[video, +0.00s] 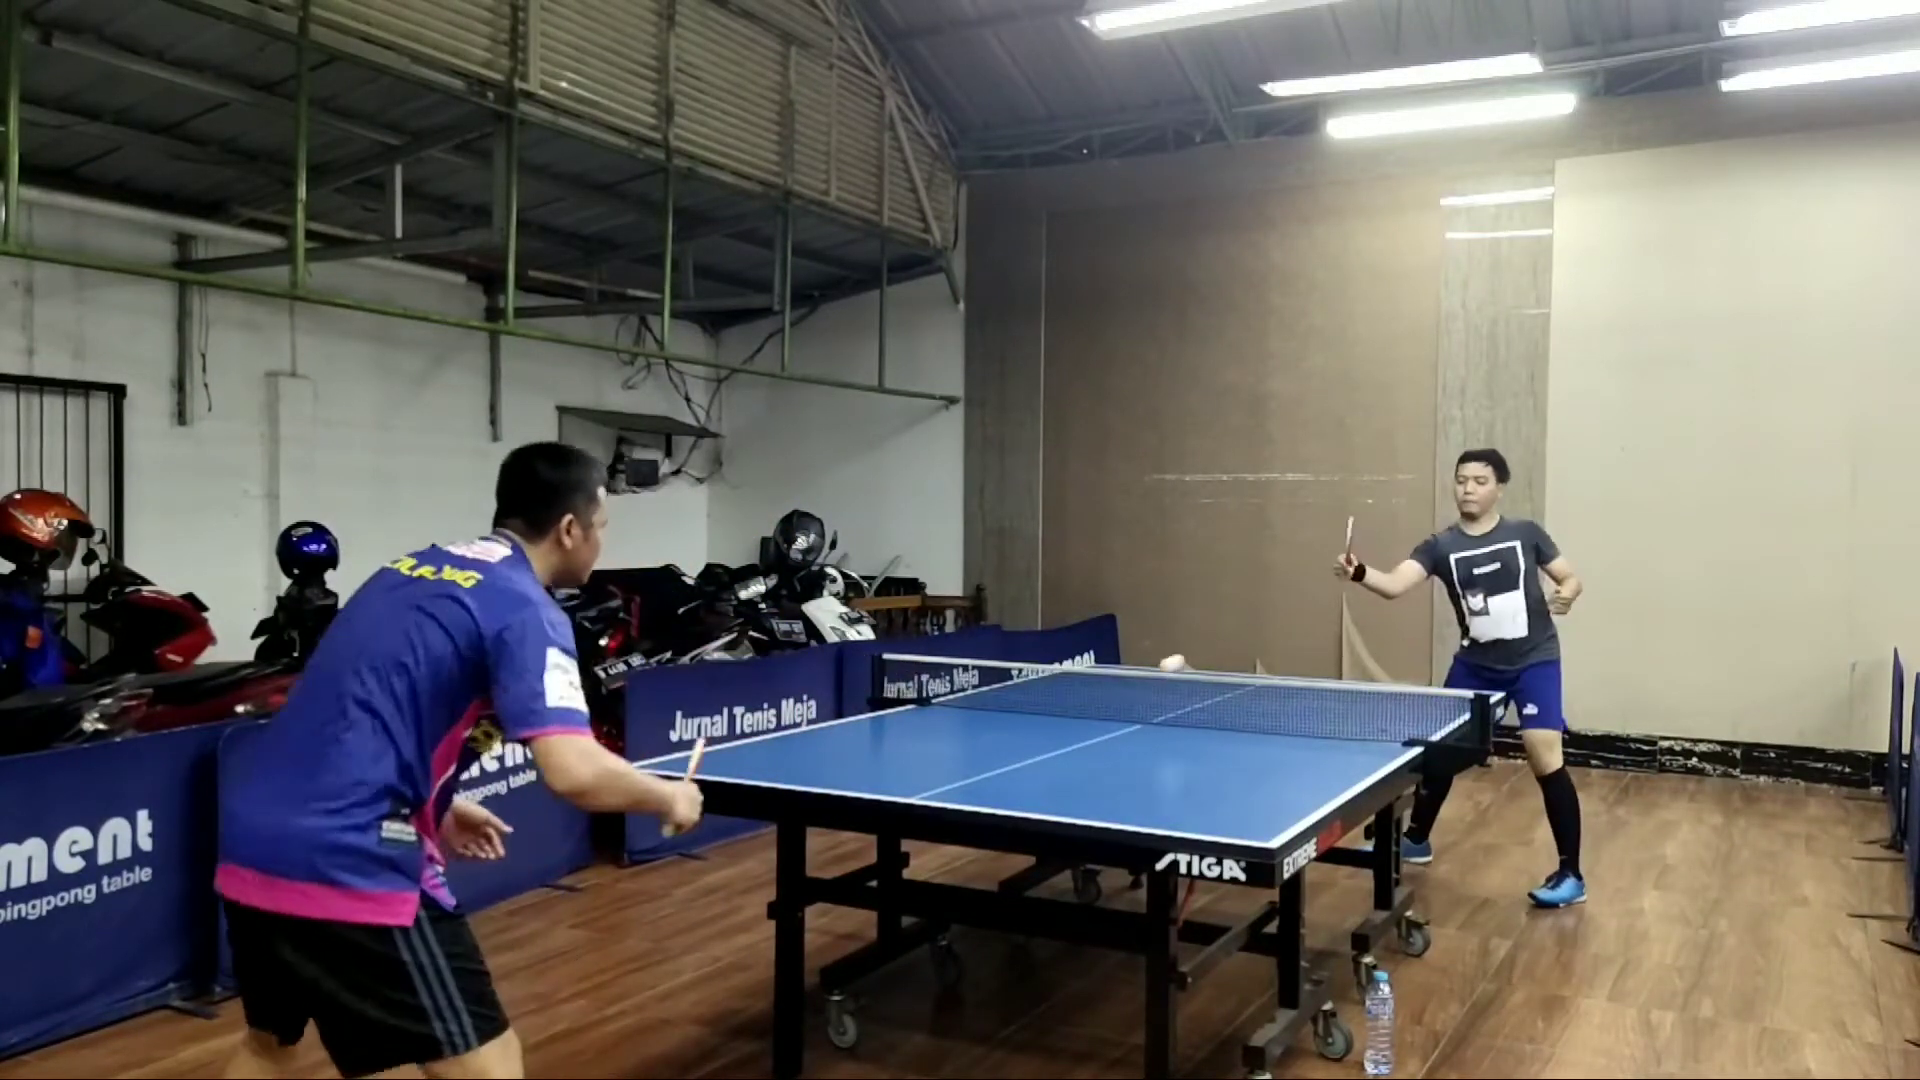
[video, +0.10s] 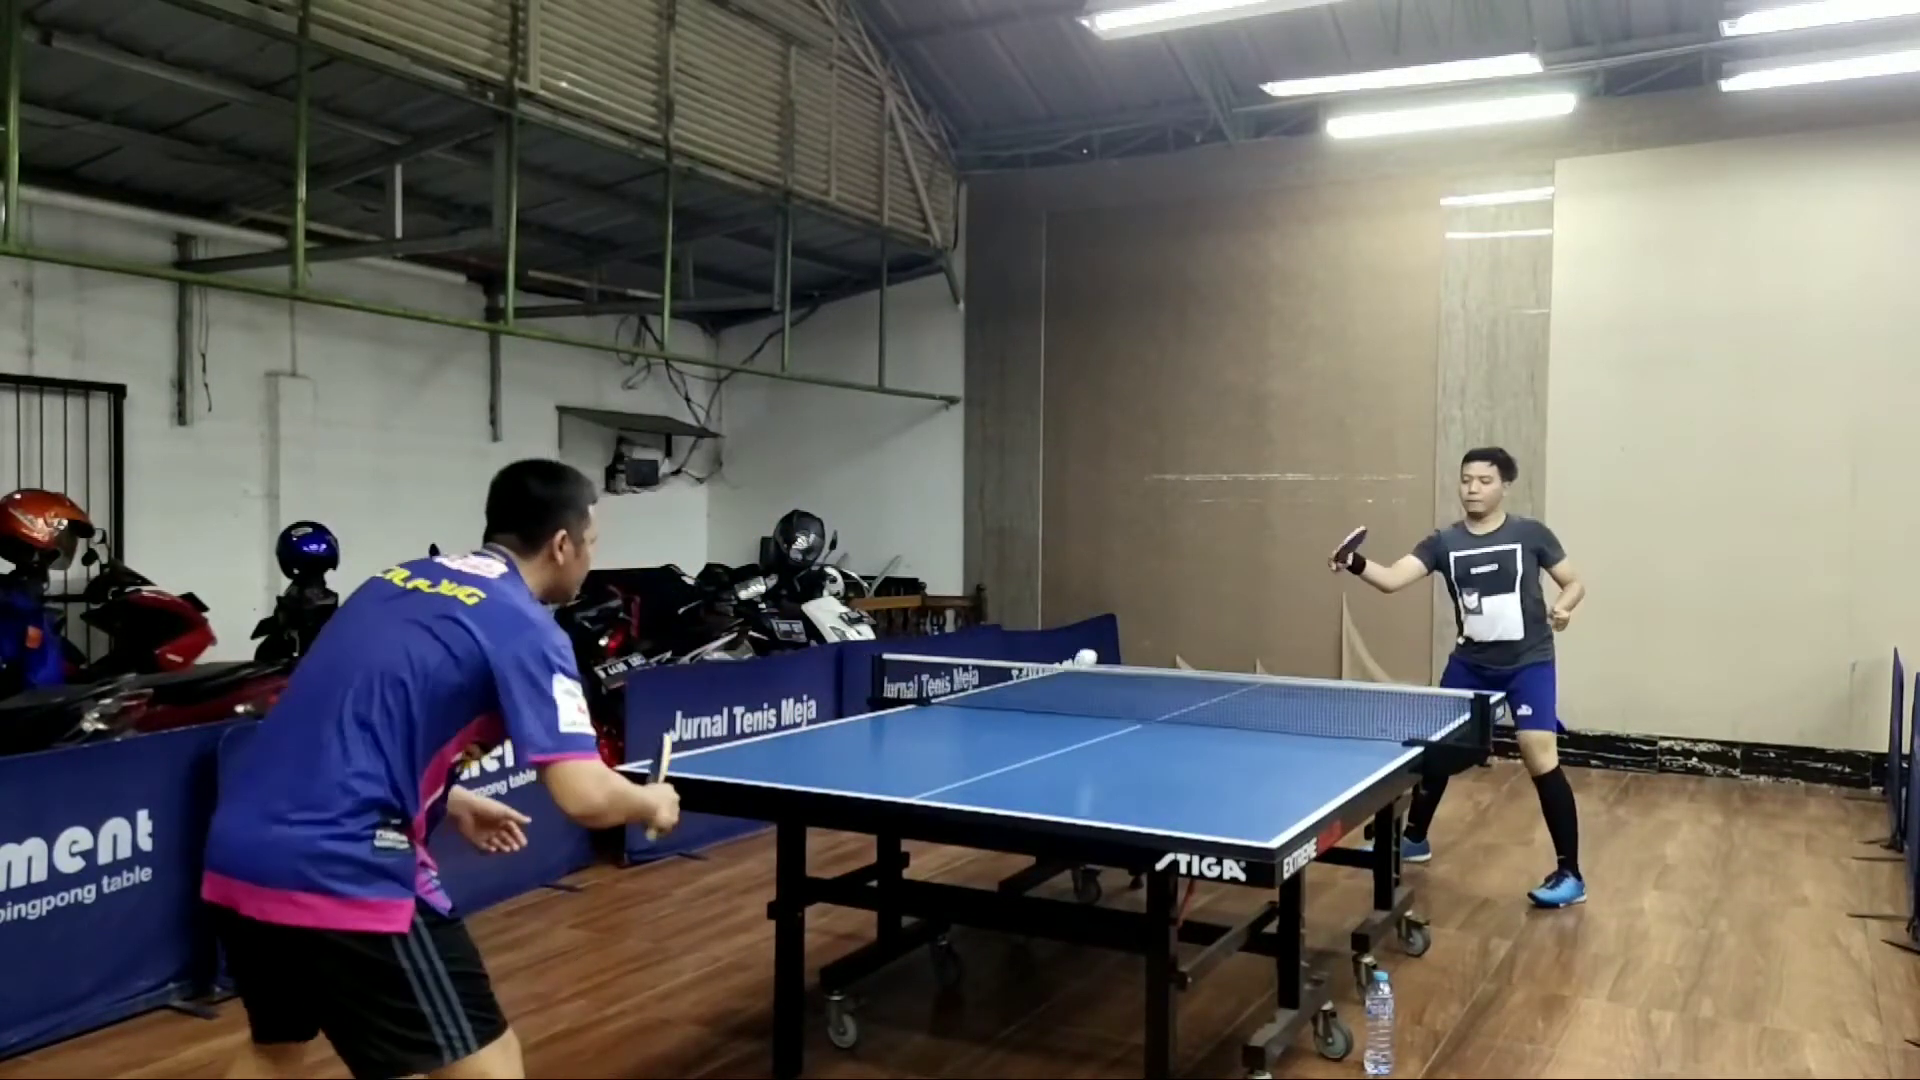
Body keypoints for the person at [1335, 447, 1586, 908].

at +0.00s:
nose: (1469, 489)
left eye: (1480, 481)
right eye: (1462, 481)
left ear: (1499, 488)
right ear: (1454, 488)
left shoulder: (1525, 532)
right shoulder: (1441, 546)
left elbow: (1569, 579)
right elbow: (1395, 584)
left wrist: (1565, 594)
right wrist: (1359, 572)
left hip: (1534, 660)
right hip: (1477, 661)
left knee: (1544, 754)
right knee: (1440, 747)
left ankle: (1570, 874)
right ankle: (1416, 837)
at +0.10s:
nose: (1473, 488)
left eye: (1484, 480)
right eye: (1468, 480)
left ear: (1504, 487)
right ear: (1459, 486)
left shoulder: (1530, 533)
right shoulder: (1444, 543)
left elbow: (1573, 583)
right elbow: (1391, 578)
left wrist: (1564, 605)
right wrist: (1354, 561)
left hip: (1529, 662)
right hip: (1471, 662)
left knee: (1539, 754)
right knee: (1437, 746)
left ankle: (1570, 874)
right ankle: (1414, 836)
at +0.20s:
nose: (1467, 490)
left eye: (1478, 482)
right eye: (1462, 482)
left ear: (1499, 488)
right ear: (1454, 488)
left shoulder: (1523, 536)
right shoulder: (1441, 543)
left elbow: (1563, 592)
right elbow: (1386, 580)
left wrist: (1540, 616)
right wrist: (1351, 565)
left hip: (1516, 664)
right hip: (1460, 661)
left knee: (1529, 762)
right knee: (1430, 749)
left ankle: (1568, 873)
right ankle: (1413, 837)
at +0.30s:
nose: (1455, 489)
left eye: (1466, 482)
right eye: (1450, 481)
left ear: (1487, 488)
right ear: (1443, 486)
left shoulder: (1510, 536)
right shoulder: (1429, 541)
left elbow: (1542, 594)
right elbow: (1381, 583)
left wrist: (1504, 617)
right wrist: (1346, 578)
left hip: (1503, 668)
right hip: (1446, 664)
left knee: (1525, 765)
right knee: (1419, 750)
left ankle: (1566, 873)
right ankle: (1411, 837)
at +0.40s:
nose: (1444, 489)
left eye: (1454, 481)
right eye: (1438, 481)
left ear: (1476, 486)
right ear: (1433, 487)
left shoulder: (1498, 534)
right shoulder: (1422, 542)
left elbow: (1525, 594)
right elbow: (1380, 587)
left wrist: (1476, 613)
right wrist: (1340, 597)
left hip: (1495, 667)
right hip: (1437, 664)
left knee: (1522, 758)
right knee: (1410, 746)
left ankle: (1564, 869)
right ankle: (1411, 836)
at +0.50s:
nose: (1435, 491)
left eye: (1446, 484)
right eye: (1431, 483)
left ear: (1469, 488)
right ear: (1426, 489)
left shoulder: (1491, 534)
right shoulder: (1421, 546)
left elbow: (1513, 590)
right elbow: (1390, 601)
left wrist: (1452, 604)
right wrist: (1348, 611)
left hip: (1496, 666)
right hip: (1439, 664)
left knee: (1525, 762)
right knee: (1408, 744)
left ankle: (1567, 870)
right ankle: (1411, 837)